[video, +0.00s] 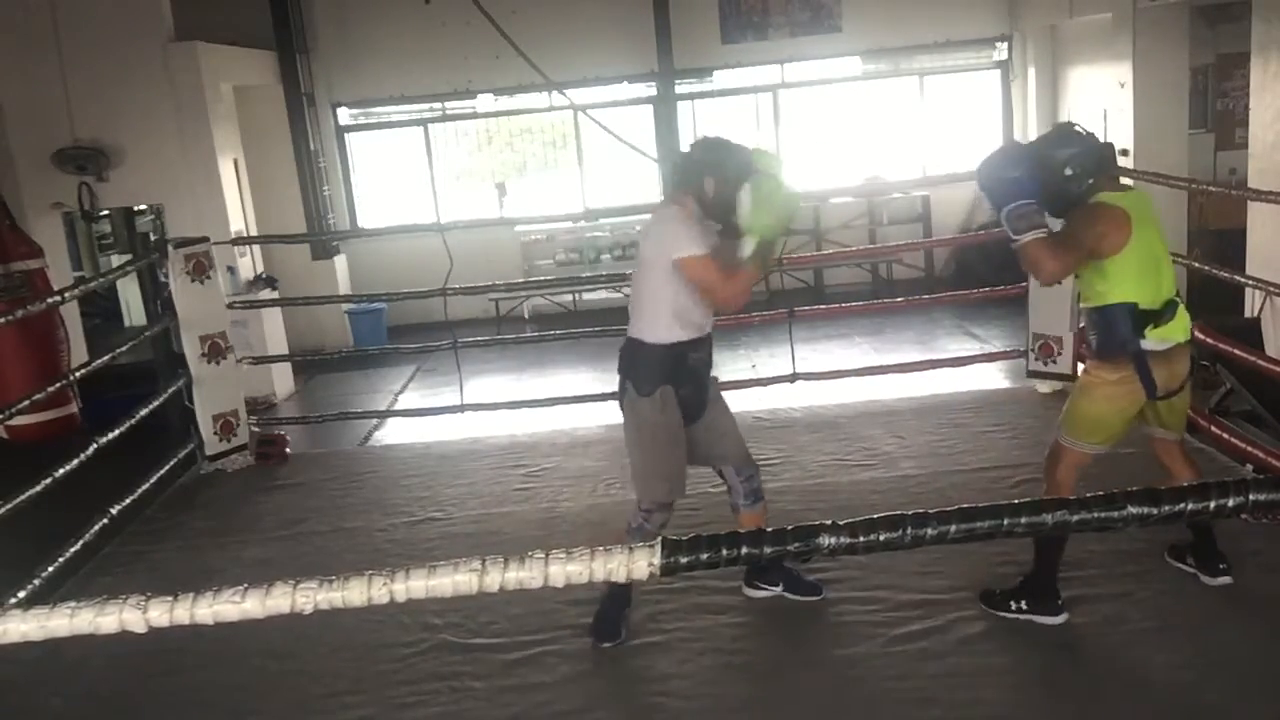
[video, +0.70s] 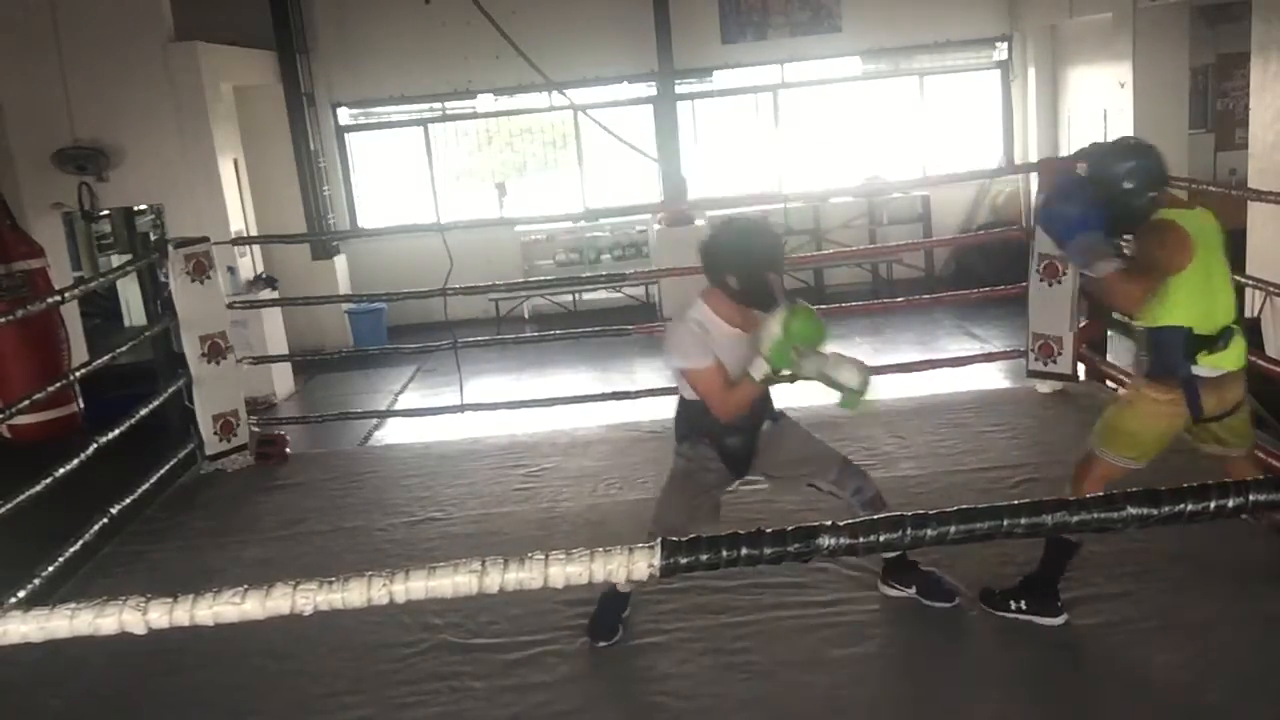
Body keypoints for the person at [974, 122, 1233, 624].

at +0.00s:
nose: (1050, 187)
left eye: (1050, 178)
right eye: (1046, 177)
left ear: (1066, 177)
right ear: (1100, 164)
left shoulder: (1098, 216)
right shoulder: (1135, 200)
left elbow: (1047, 267)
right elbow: (1068, 258)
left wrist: (1015, 205)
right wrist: (1037, 207)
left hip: (1121, 366)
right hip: (1173, 354)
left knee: (1062, 468)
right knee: (1170, 446)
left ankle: (1042, 588)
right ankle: (1208, 553)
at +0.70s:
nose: (1102, 202)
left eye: (1103, 192)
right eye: (1100, 192)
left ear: (1124, 194)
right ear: (1156, 183)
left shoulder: (1162, 234)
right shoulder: (1204, 219)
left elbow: (1133, 300)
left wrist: (1083, 242)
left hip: (1168, 386)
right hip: (1226, 378)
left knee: (1090, 477)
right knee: (1242, 471)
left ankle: (1041, 588)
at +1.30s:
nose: (1132, 188)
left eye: (1135, 178)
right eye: (1129, 177)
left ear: (1158, 175)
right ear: (1187, 163)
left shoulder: (1180, 224)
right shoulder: (1228, 191)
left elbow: (1093, 268)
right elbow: (1144, 251)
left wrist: (1077, 202)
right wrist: (1111, 216)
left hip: (1220, 374)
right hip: (1270, 358)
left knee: (1150, 475)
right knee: (1270, 464)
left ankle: (1126, 601)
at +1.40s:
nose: (1152, 193)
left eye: (1154, 184)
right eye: (1150, 183)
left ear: (1179, 182)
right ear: (1206, 168)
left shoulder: (1208, 228)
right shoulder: (1247, 201)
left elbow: (1119, 278)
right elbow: (1157, 253)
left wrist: (1099, 212)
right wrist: (1123, 200)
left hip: (1233, 376)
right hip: (1268, 362)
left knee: (1159, 476)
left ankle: (1127, 600)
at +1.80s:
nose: (1129, 201)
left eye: (1134, 190)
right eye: (1128, 190)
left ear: (1158, 192)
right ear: (1190, 182)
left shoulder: (1178, 249)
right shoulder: (1235, 211)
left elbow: (1122, 290)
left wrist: (1069, 259)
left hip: (1224, 389)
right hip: (1269, 371)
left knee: (1122, 462)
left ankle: (1105, 591)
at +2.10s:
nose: (1154, 204)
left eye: (1160, 193)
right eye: (1155, 194)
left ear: (1175, 196)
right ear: (1222, 190)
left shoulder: (1173, 258)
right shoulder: (1260, 251)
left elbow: (1109, 337)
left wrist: (1067, 347)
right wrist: (1134, 307)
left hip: (1181, 430)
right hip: (1258, 429)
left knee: (1097, 489)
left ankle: (1069, 604)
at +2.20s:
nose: (1196, 205)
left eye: (1203, 193)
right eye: (1198, 194)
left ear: (1220, 195)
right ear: (1261, 192)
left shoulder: (1230, 256)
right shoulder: (1271, 248)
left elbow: (1188, 348)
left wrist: (1123, 358)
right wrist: (1141, 349)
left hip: (1221, 439)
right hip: (1271, 435)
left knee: (1119, 489)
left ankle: (1072, 605)